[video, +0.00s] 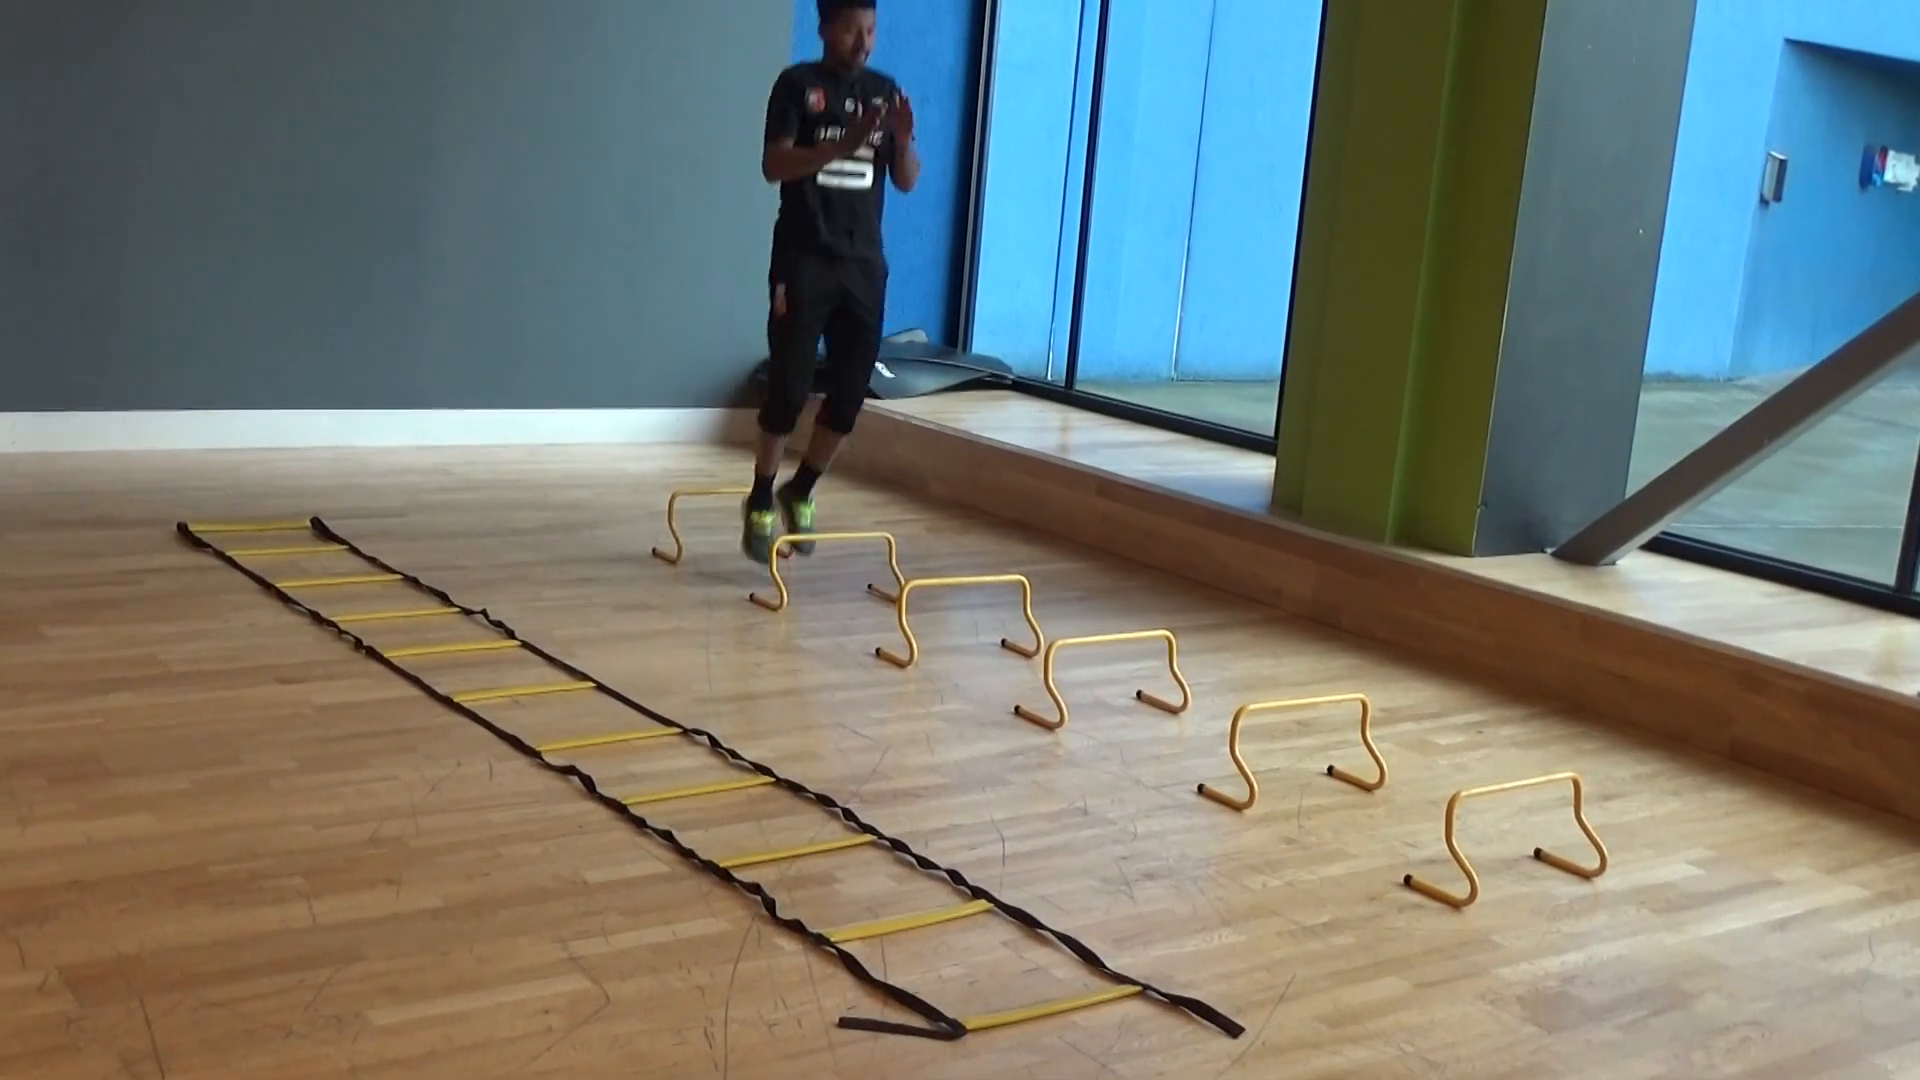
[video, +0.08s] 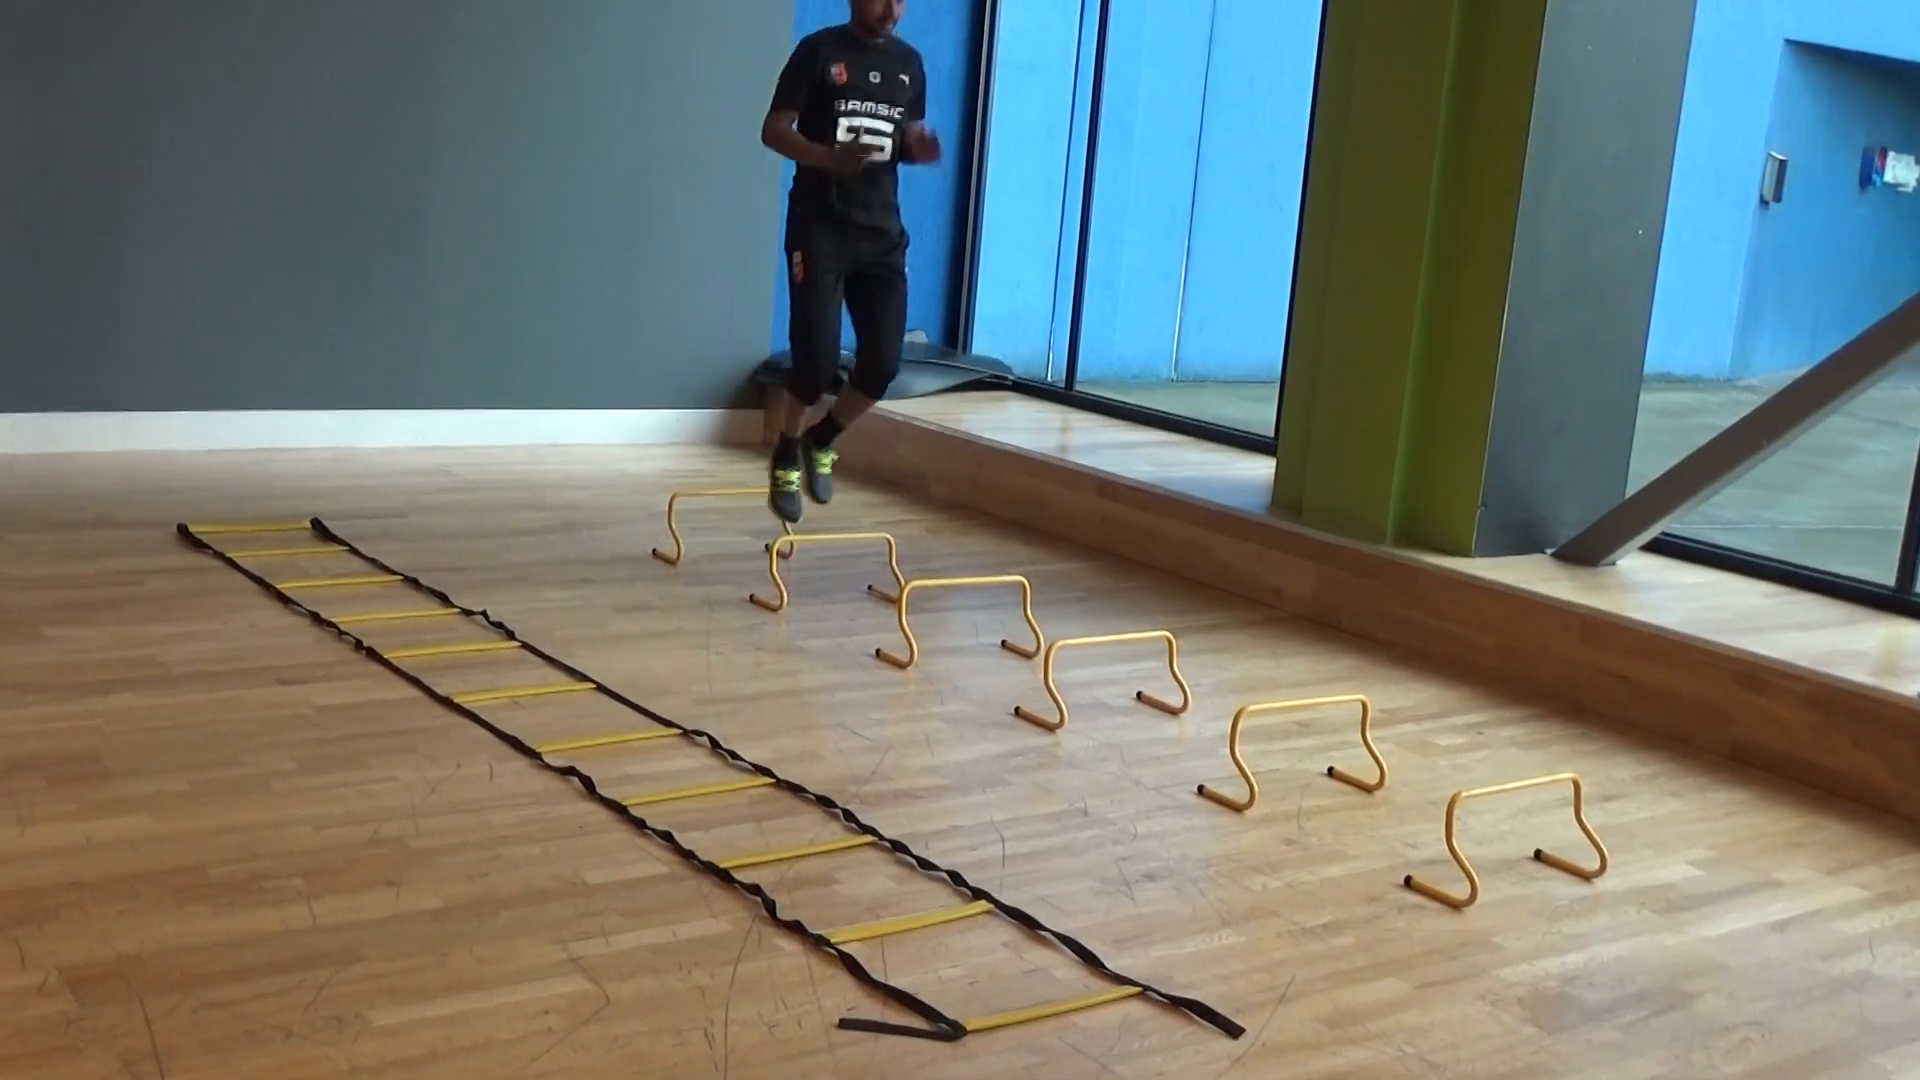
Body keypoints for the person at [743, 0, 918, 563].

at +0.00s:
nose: (862, 41)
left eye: (869, 30)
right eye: (850, 29)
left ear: (876, 32)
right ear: (824, 29)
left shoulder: (884, 93)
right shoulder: (796, 84)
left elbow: (906, 180)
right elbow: (775, 165)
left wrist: (901, 137)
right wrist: (847, 141)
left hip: (863, 261)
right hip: (802, 257)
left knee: (849, 393)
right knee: (791, 386)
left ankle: (800, 494)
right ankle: (760, 499)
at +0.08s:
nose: (890, 8)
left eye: (897, 2)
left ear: (903, 6)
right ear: (857, 1)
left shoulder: (910, 61)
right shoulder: (818, 50)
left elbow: (904, 141)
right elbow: (775, 130)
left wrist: (920, 148)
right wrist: (830, 155)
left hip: (881, 231)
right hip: (818, 229)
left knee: (881, 367)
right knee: (817, 370)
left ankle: (820, 441)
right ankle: (786, 456)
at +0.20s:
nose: (932, 7)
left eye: (940, 1)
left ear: (945, 6)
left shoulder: (944, 52)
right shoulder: (850, 40)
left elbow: (929, 121)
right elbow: (774, 90)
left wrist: (933, 193)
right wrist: (775, 176)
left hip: (908, 223)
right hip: (843, 218)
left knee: (916, 355)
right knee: (845, 359)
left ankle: (869, 465)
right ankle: (829, 484)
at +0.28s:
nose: (958, 28)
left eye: (968, 18)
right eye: (948, 15)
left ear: (975, 18)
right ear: (920, 8)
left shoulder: (967, 74)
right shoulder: (873, 54)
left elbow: (929, 139)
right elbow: (786, 67)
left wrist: (933, 196)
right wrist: (778, 159)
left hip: (923, 240)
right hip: (858, 235)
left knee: (929, 382)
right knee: (862, 383)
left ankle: (907, 518)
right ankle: (855, 521)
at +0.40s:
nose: (978, 93)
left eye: (987, 80)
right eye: (967, 79)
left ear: (994, 80)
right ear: (939, 73)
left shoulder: (989, 138)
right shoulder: (891, 125)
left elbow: (964, 206)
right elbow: (822, 163)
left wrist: (968, 272)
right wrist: (823, 254)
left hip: (949, 312)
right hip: (884, 308)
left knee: (948, 457)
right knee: (890, 452)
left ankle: (924, 590)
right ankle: (875, 593)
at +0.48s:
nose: (983, 125)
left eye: (990, 113)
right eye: (971, 112)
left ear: (996, 113)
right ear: (941, 109)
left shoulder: (996, 183)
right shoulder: (901, 179)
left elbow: (985, 261)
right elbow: (857, 262)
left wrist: (1006, 324)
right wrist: (899, 327)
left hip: (964, 361)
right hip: (904, 358)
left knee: (959, 497)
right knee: (915, 492)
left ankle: (917, 598)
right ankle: (877, 603)